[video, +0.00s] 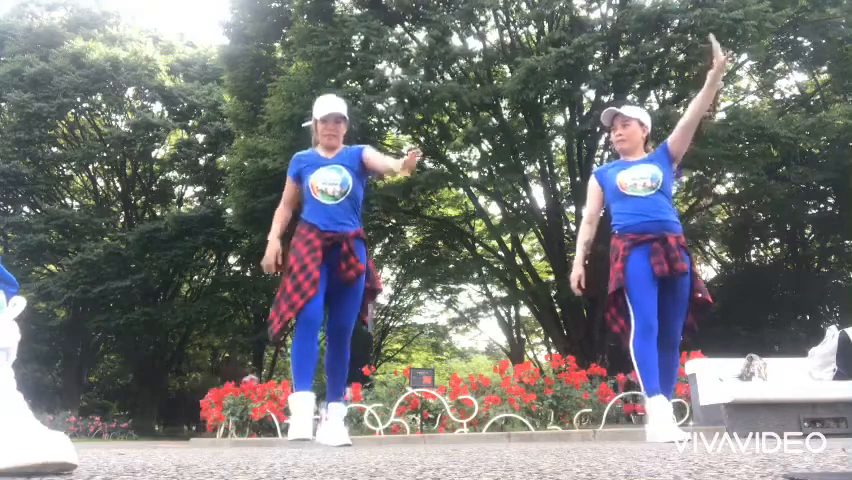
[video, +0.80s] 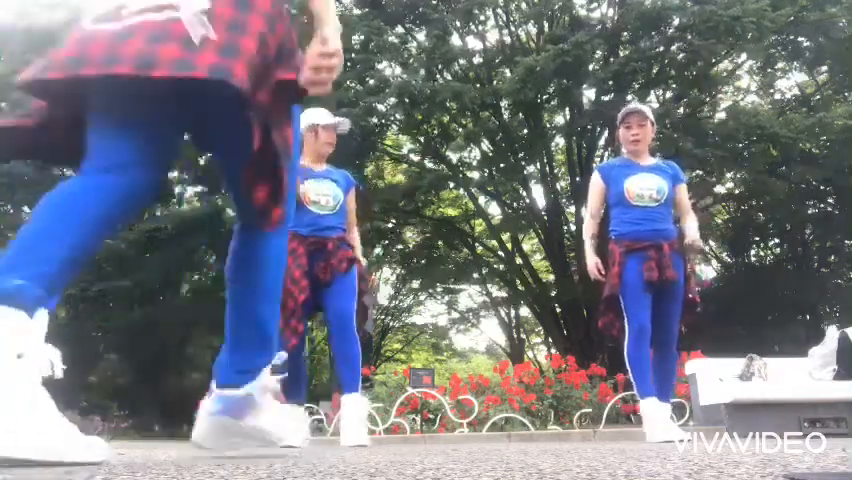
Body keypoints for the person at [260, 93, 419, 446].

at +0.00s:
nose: (332, 127)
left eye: (338, 121)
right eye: (325, 120)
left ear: (347, 126)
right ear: (313, 125)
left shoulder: (359, 154)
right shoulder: (301, 161)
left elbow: (386, 164)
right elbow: (287, 205)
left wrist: (403, 165)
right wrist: (273, 240)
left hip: (350, 249)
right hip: (310, 248)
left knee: (342, 330)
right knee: (309, 320)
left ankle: (334, 417)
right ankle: (301, 409)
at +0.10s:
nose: (331, 123)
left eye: (337, 117)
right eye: (324, 117)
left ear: (345, 121)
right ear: (313, 121)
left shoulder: (358, 151)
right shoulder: (300, 153)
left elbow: (386, 168)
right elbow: (274, 189)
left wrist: (407, 181)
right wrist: (262, 216)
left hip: (347, 246)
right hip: (308, 245)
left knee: (340, 328)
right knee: (304, 322)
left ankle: (337, 414)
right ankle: (299, 409)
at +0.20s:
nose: (329, 130)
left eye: (336, 123)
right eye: (323, 123)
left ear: (344, 127)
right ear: (311, 126)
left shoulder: (356, 158)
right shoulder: (296, 154)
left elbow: (385, 190)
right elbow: (261, 169)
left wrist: (413, 220)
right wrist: (250, 174)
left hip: (342, 250)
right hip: (302, 249)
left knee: (340, 328)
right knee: (302, 330)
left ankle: (335, 415)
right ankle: (296, 416)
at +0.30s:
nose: (325, 138)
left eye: (331, 132)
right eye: (319, 131)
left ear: (339, 135)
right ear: (307, 133)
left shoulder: (353, 170)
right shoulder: (294, 159)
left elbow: (376, 212)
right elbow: (258, 161)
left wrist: (393, 254)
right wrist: (252, 157)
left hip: (338, 253)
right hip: (298, 254)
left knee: (346, 316)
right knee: (298, 332)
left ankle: (341, 402)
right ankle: (296, 414)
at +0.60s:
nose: (328, 147)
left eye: (334, 141)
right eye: (322, 140)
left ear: (339, 146)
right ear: (307, 143)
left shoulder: (350, 183)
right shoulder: (287, 176)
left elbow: (353, 230)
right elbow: (300, 185)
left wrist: (347, 262)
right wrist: (304, 154)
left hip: (342, 254)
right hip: (302, 256)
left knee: (347, 313)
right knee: (298, 337)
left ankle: (353, 408)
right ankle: (295, 419)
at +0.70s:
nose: (330, 145)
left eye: (334, 139)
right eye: (322, 139)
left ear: (338, 144)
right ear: (304, 142)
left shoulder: (347, 183)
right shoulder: (286, 174)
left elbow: (353, 230)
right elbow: (295, 186)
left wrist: (354, 268)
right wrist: (306, 165)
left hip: (342, 254)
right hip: (301, 255)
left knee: (349, 313)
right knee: (296, 337)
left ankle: (353, 408)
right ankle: (296, 418)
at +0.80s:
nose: (334, 137)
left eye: (335, 132)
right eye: (328, 131)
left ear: (332, 136)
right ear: (308, 134)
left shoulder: (344, 178)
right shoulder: (289, 171)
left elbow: (351, 225)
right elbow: (276, 214)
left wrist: (358, 257)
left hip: (336, 245)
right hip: (296, 245)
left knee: (343, 318)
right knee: (294, 326)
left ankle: (352, 404)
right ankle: (295, 409)